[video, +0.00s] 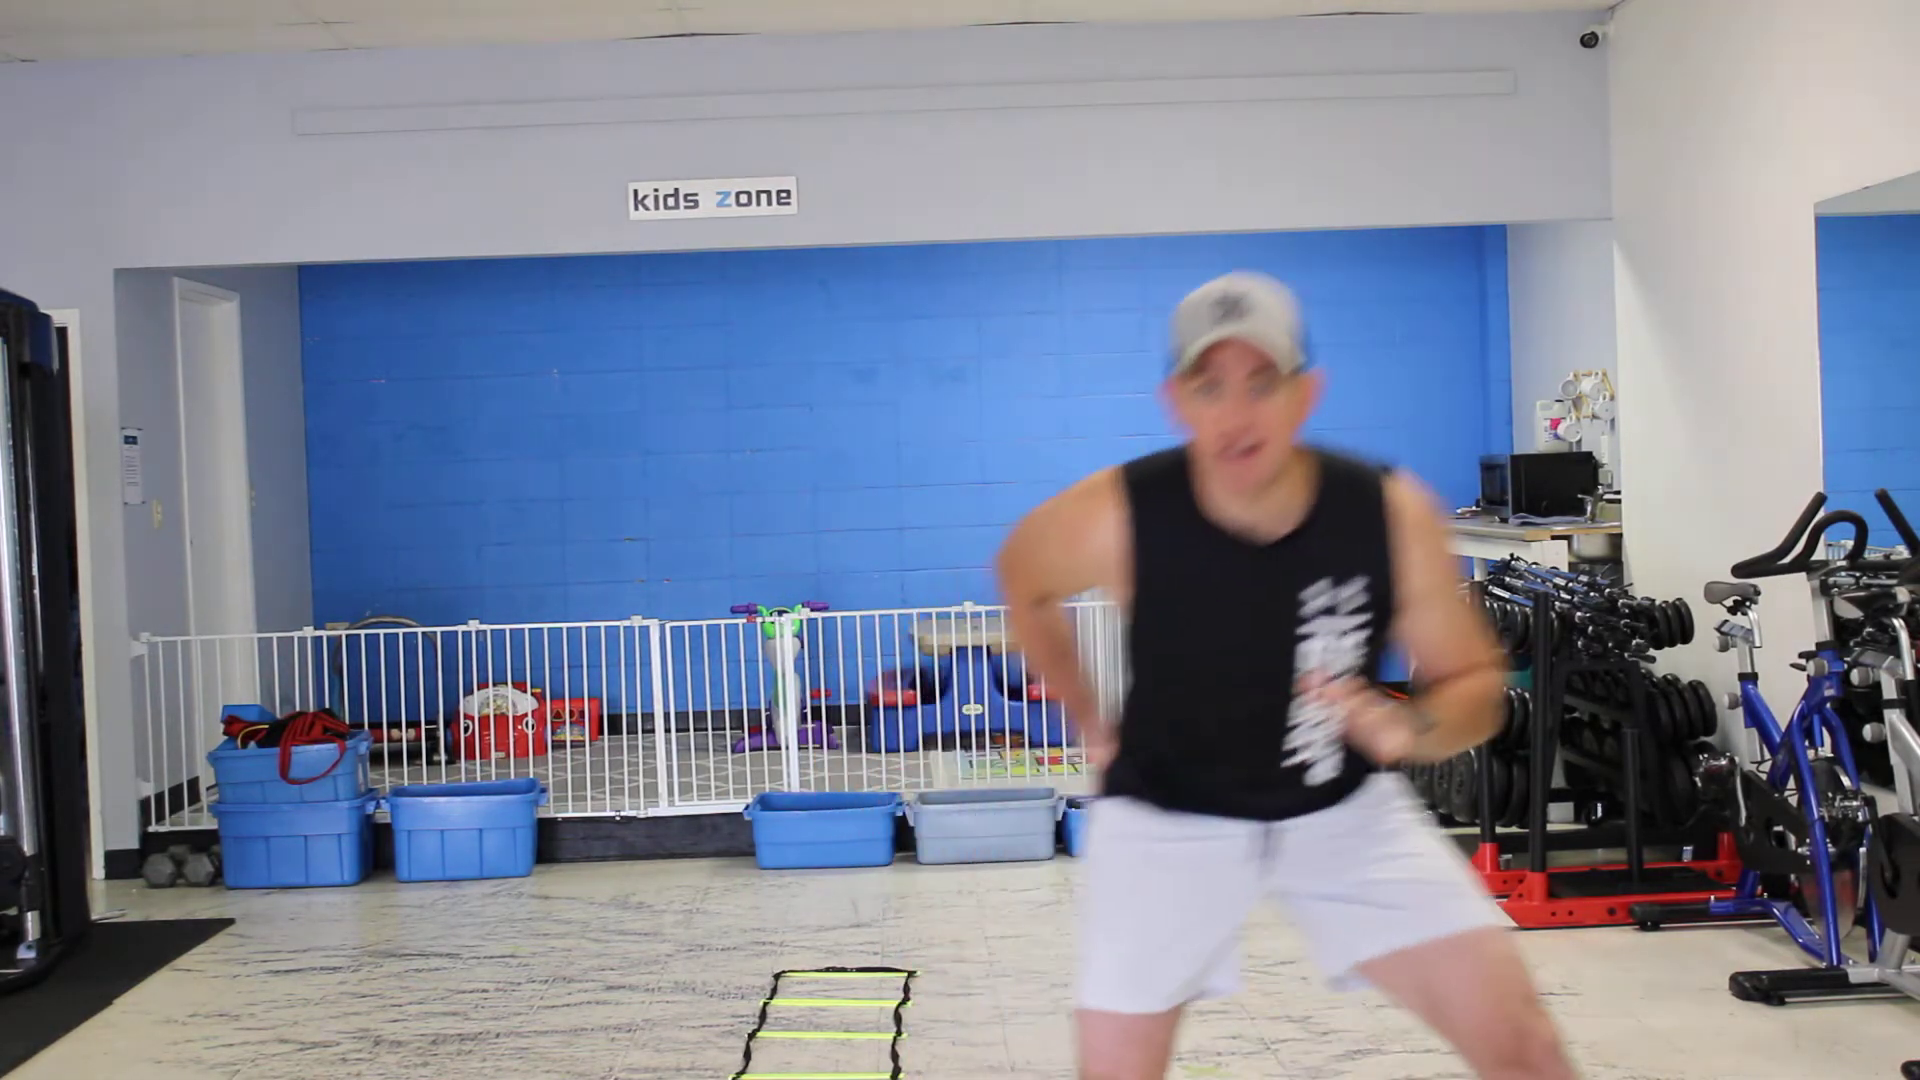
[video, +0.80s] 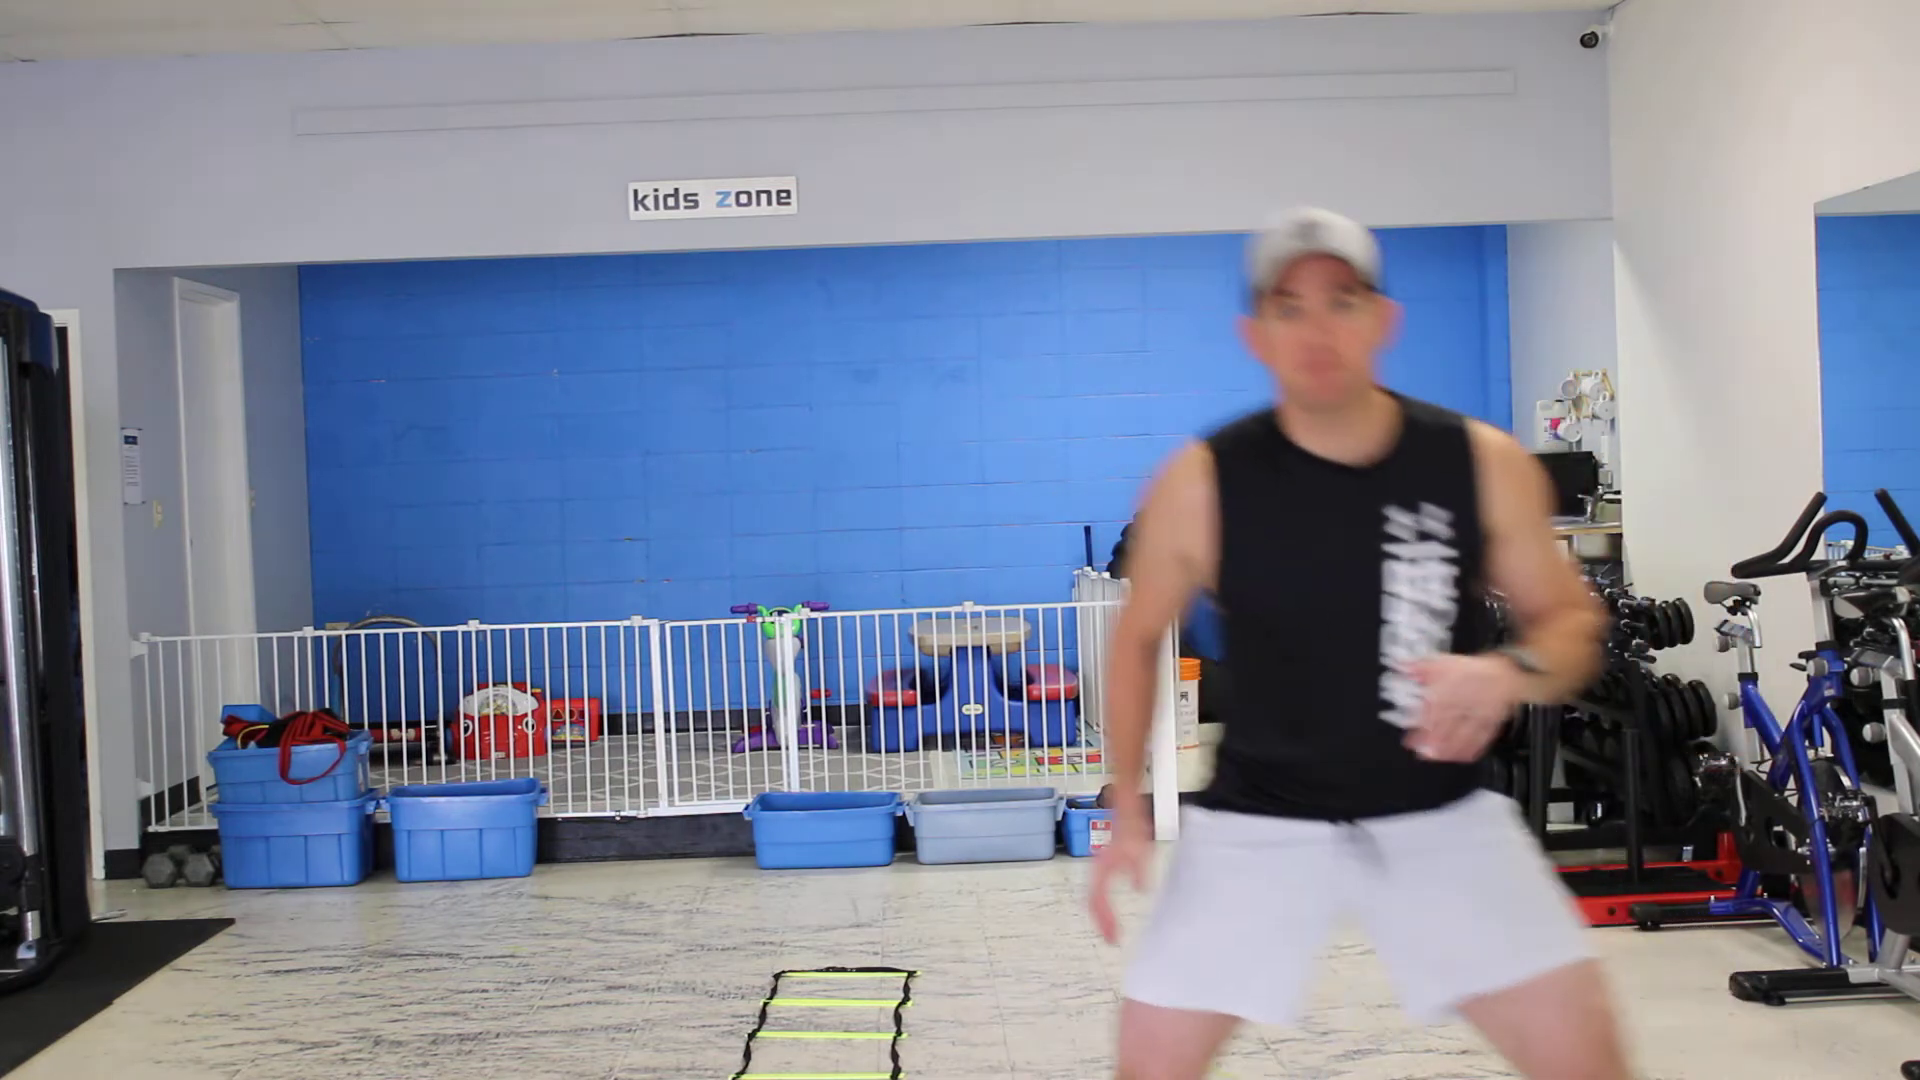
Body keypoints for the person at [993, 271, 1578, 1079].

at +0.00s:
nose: (1236, 414)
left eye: (1261, 384)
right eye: (1207, 387)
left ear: (1306, 394)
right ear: (1176, 404)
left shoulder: (1391, 513)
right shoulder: (1121, 514)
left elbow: (1478, 683)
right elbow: (1021, 574)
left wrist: (1416, 726)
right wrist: (1090, 721)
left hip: (1350, 817)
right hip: (1161, 828)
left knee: (1521, 1042)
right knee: (1116, 1069)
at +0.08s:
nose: (1304, 385)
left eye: (1329, 355)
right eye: (1277, 358)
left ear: (1376, 364)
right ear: (1243, 373)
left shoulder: (1472, 489)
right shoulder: (1186, 497)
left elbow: (1554, 663)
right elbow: (1091, 566)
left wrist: (1491, 698)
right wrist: (1169, 711)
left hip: (1426, 814)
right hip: (1234, 822)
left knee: (1577, 1055)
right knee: (1155, 1066)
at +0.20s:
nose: (1409, 397)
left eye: (1434, 366)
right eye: (1380, 370)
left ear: (1479, 376)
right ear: (1344, 387)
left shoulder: (1574, 502)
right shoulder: (1285, 520)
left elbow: (1678, 701)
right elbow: (1198, 598)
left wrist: (1608, 700)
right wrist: (1273, 744)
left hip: (1524, 840)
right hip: (1329, 850)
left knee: (1691, 1062)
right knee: (1218, 1070)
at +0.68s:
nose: (1416, 376)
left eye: (1440, 346)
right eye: (1388, 349)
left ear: (1482, 361)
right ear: (1351, 373)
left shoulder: (1582, 499)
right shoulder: (1288, 514)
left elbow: (1677, 676)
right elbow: (1221, 636)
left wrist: (1629, 699)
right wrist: (1238, 814)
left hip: (1534, 853)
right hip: (1333, 859)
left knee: (1689, 1063)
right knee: (1208, 1067)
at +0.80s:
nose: (1317, 331)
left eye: (1341, 303)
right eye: (1290, 308)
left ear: (1385, 322)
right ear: (1255, 335)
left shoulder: (1486, 466)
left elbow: (1575, 624)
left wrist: (1513, 674)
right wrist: (1126, 812)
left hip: (1446, 823)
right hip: (1255, 832)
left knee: (1586, 1057)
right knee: (1149, 1064)